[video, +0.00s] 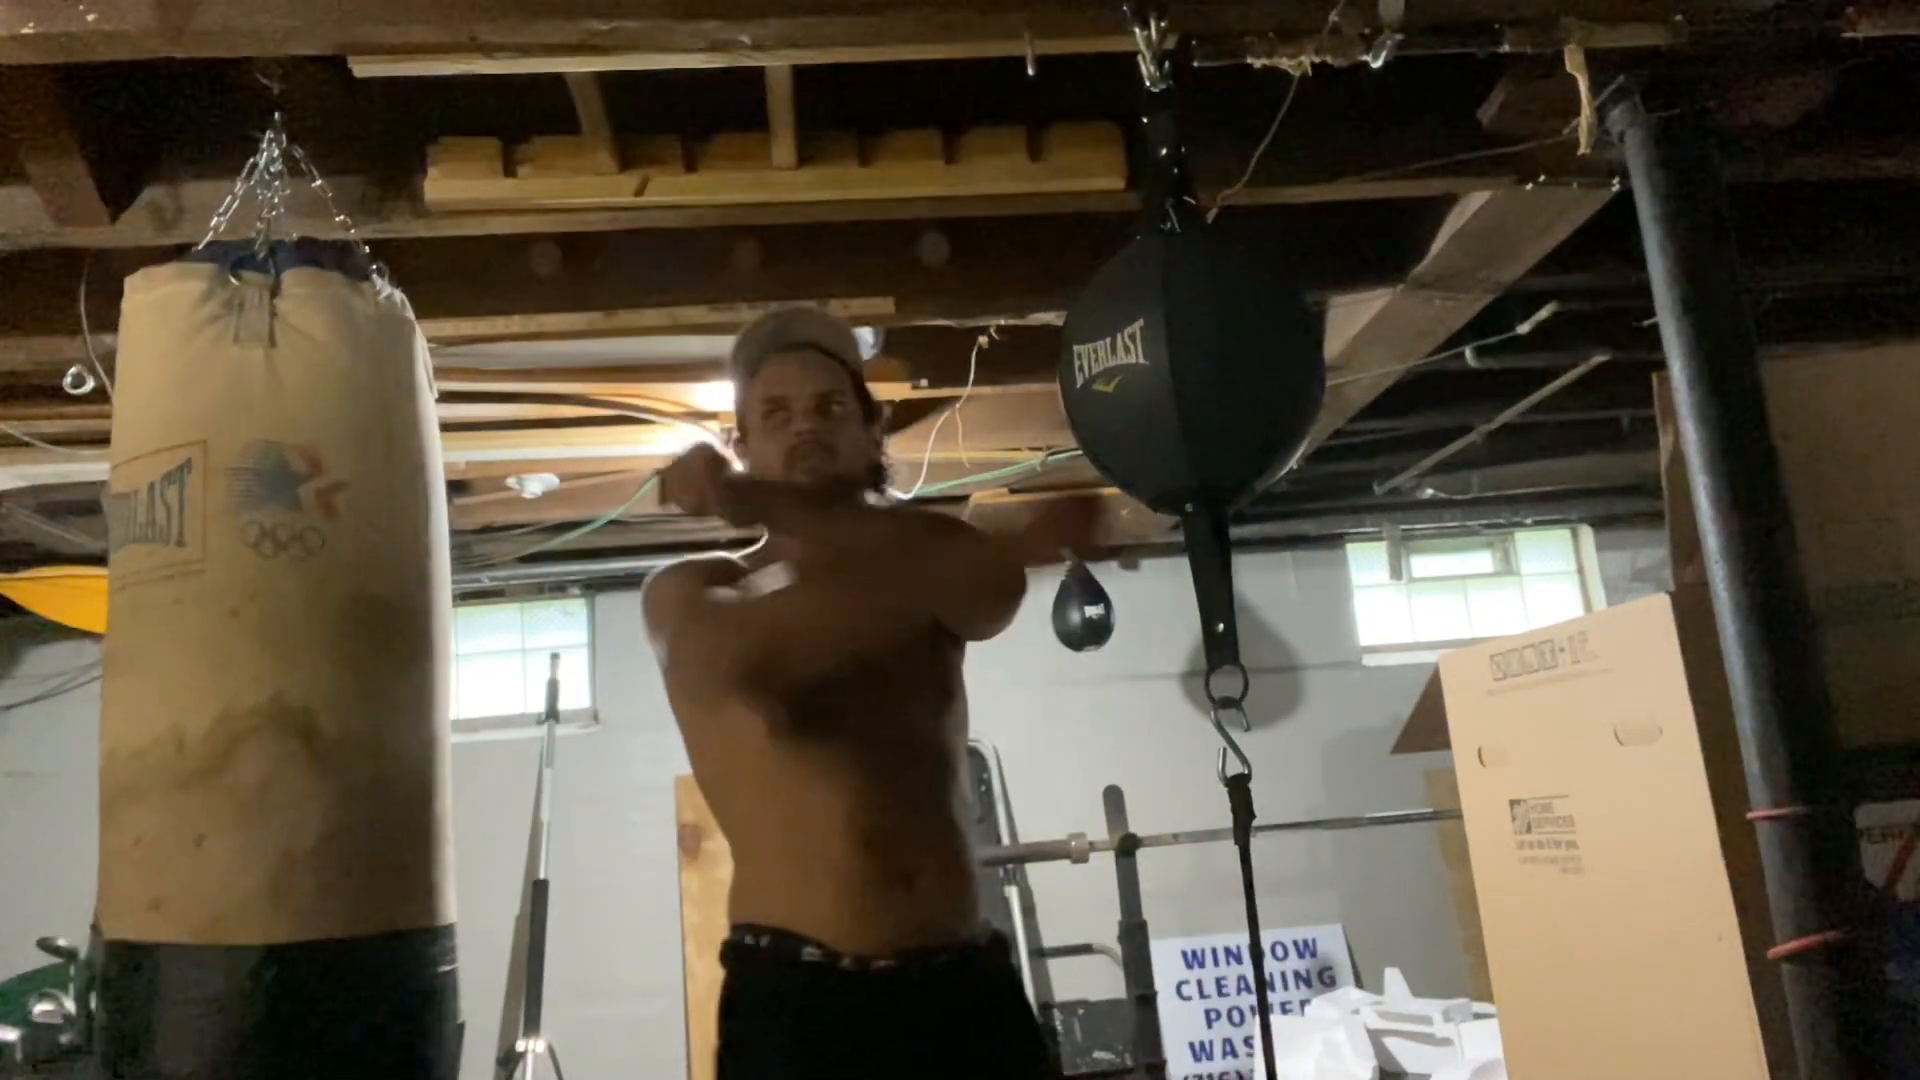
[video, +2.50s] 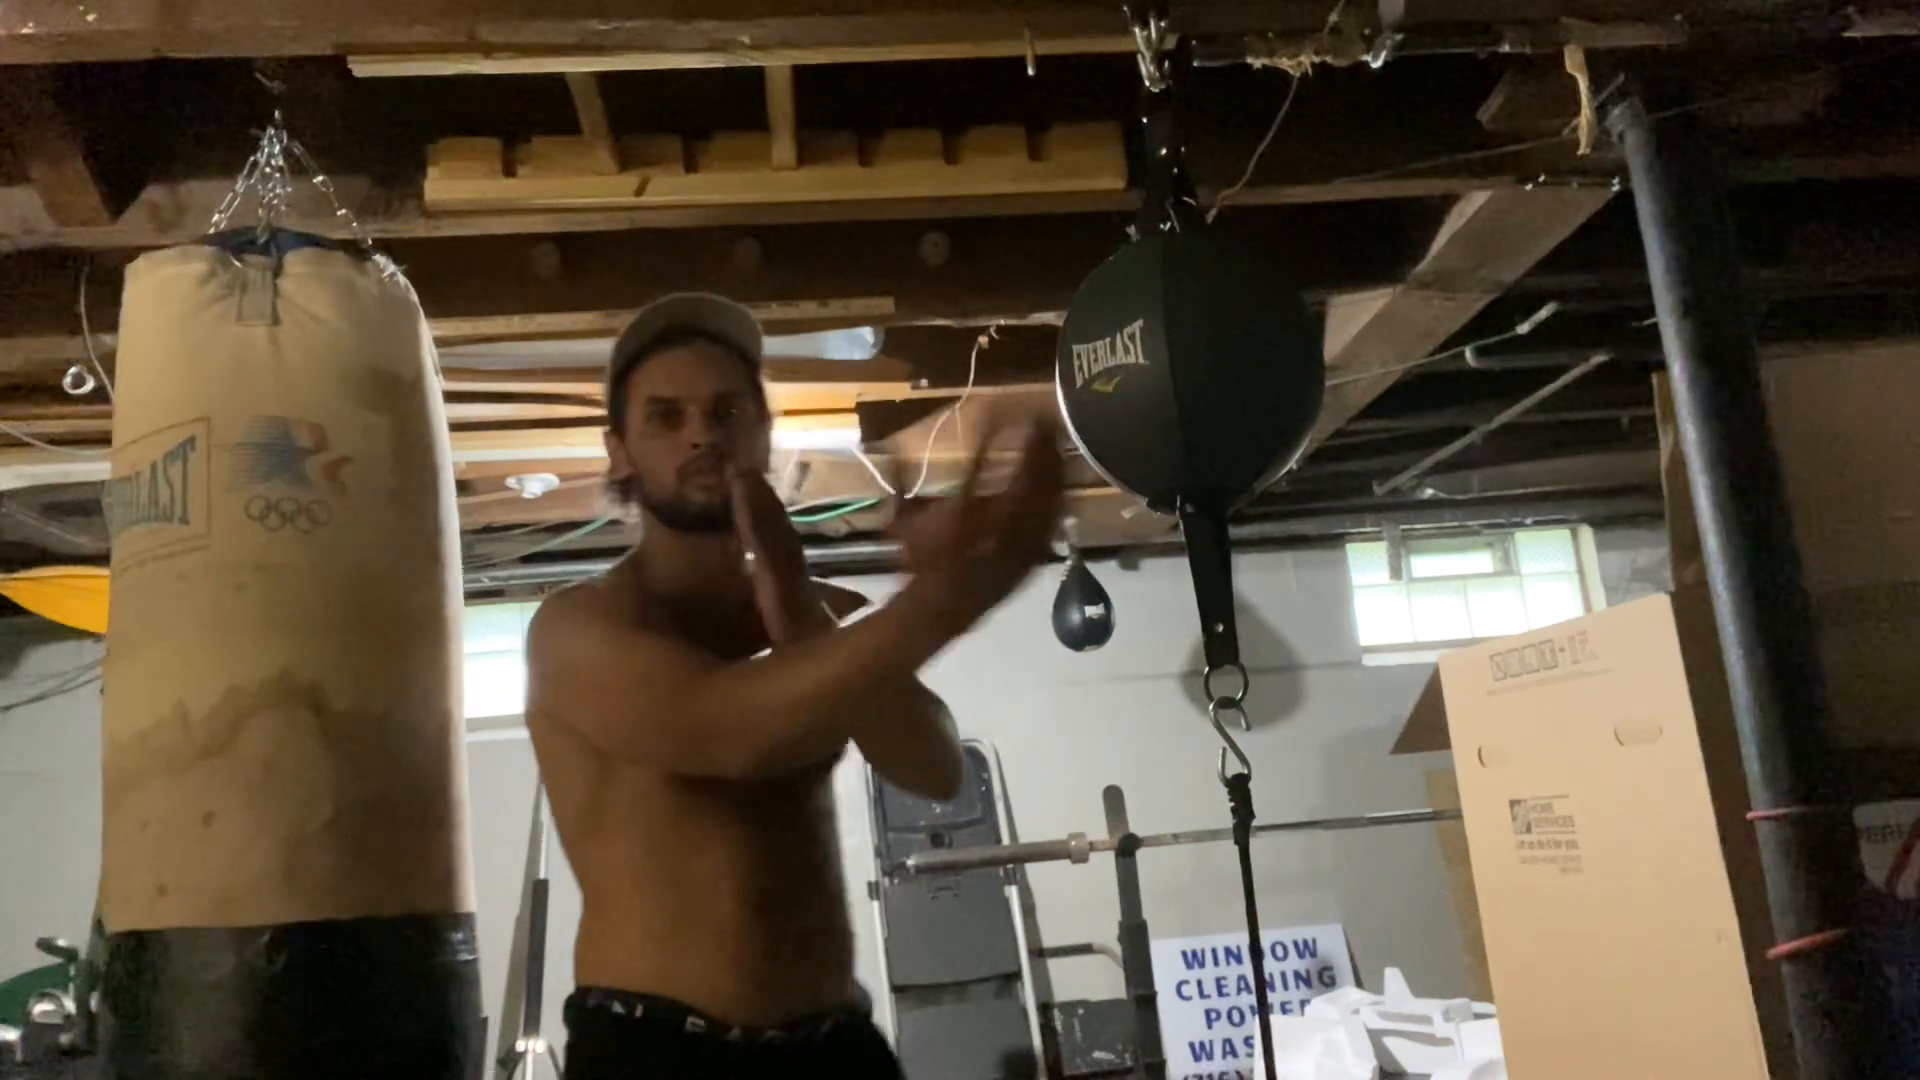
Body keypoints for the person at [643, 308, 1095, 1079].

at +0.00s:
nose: (805, 427)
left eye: (830, 406)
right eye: (776, 411)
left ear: (873, 435)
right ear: (741, 446)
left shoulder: (924, 550)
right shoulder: (688, 588)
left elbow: (994, 592)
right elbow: (750, 655)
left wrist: (742, 498)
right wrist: (982, 549)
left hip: (961, 983)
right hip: (792, 993)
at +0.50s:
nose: (687, 422)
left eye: (717, 400)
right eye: (663, 405)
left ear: (775, 429)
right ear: (642, 438)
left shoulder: (846, 607)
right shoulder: (575, 602)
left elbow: (988, 675)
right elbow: (323, 709)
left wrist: (812, 480)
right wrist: (412, 499)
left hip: (852, 1030)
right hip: (660, 1036)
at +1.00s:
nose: (834, 443)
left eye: (857, 414)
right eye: (805, 423)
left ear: (904, 432)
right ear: (777, 459)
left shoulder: (980, 607)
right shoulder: (709, 620)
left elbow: (1127, 696)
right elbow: (483, 716)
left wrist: (947, 493)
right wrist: (461, 483)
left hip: (996, 1032)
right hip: (811, 1039)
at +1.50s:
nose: (751, 451)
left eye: (782, 424)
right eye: (722, 433)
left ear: (838, 452)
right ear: (691, 466)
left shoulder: (920, 615)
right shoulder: (656, 632)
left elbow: (967, 720)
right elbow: (608, 754)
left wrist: (764, 575)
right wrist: (592, 451)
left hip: (926, 1047)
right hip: (738, 1050)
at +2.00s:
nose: (742, 453)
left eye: (769, 425)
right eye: (708, 430)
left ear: (812, 453)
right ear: (670, 468)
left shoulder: (865, 616)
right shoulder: (623, 647)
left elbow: (950, 742)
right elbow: (745, 746)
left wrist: (753, 610)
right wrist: (911, 589)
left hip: (901, 1039)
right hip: (722, 1049)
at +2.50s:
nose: (703, 439)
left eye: (727, 412)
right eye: (665, 417)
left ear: (767, 439)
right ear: (621, 455)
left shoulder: (823, 613)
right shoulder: (576, 628)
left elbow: (936, 772)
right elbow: (734, 732)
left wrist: (806, 638)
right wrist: (942, 599)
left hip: (829, 1044)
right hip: (652, 1047)